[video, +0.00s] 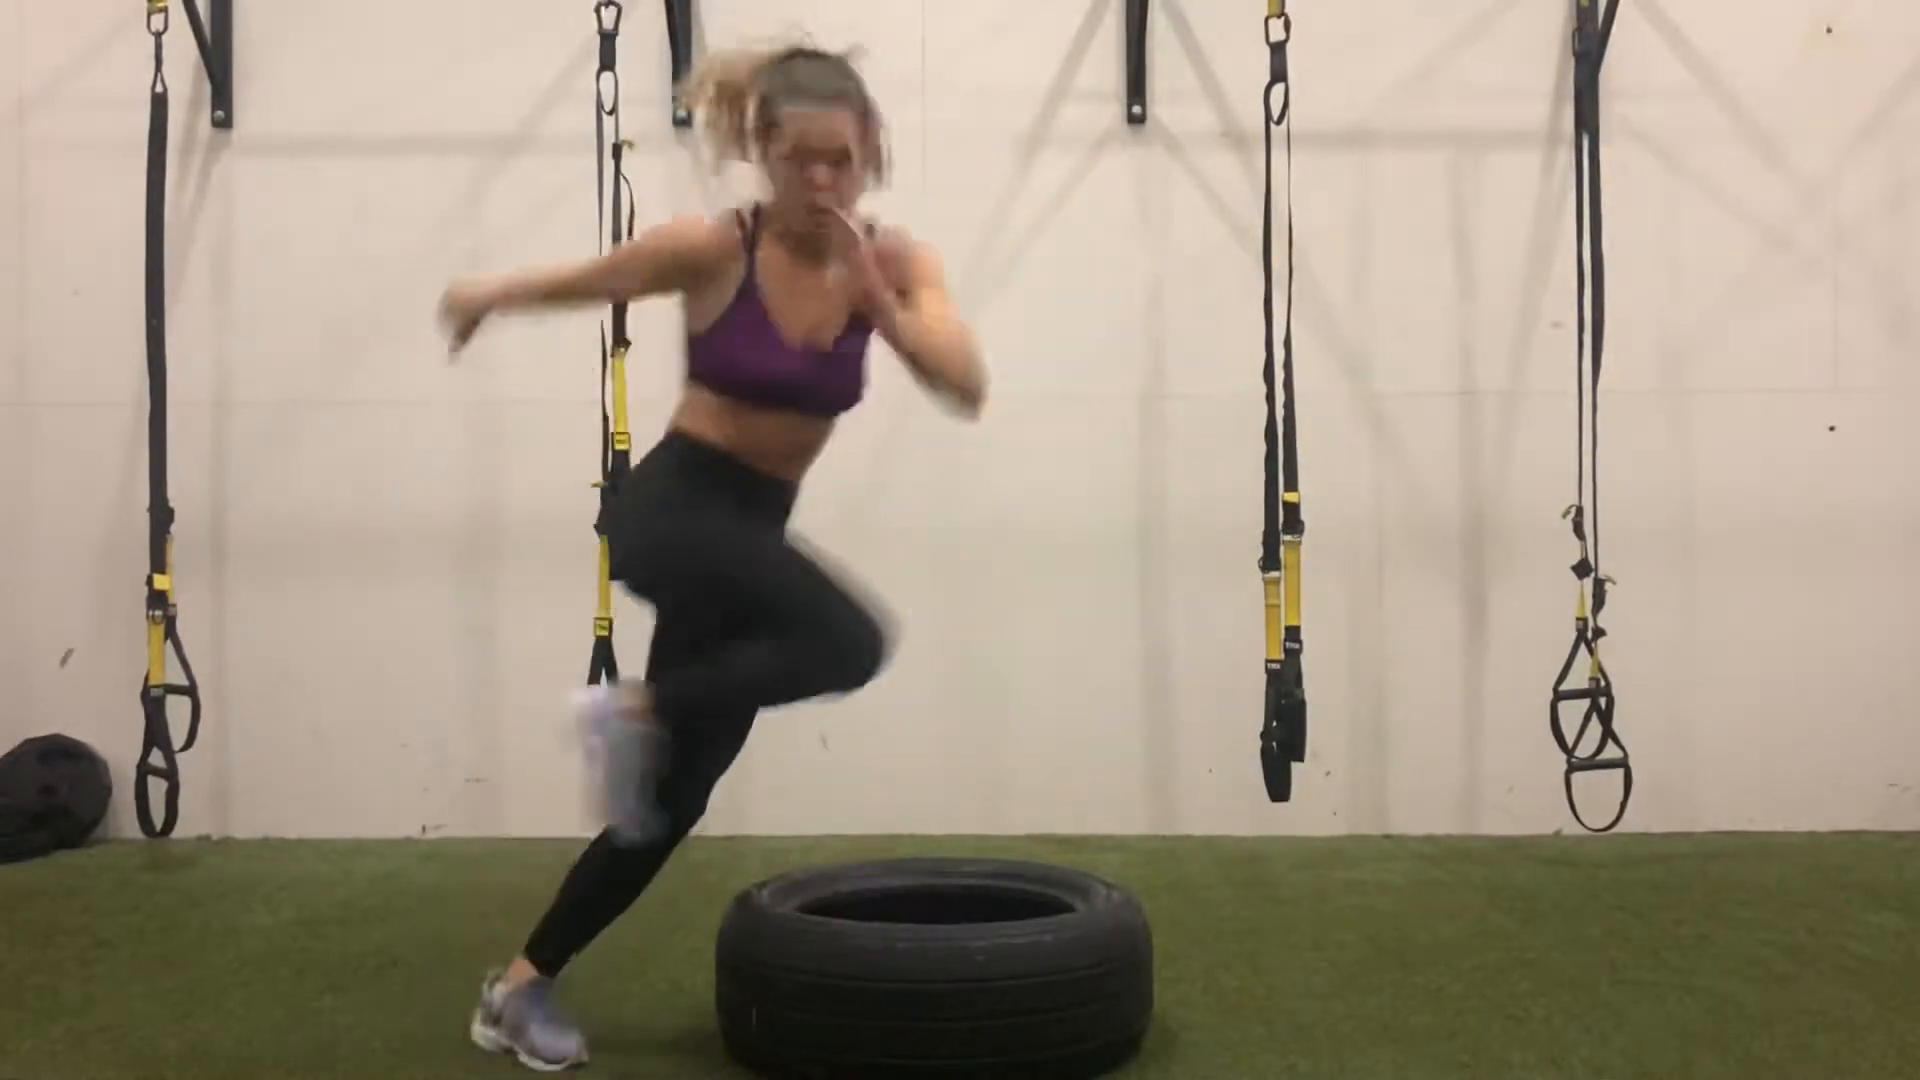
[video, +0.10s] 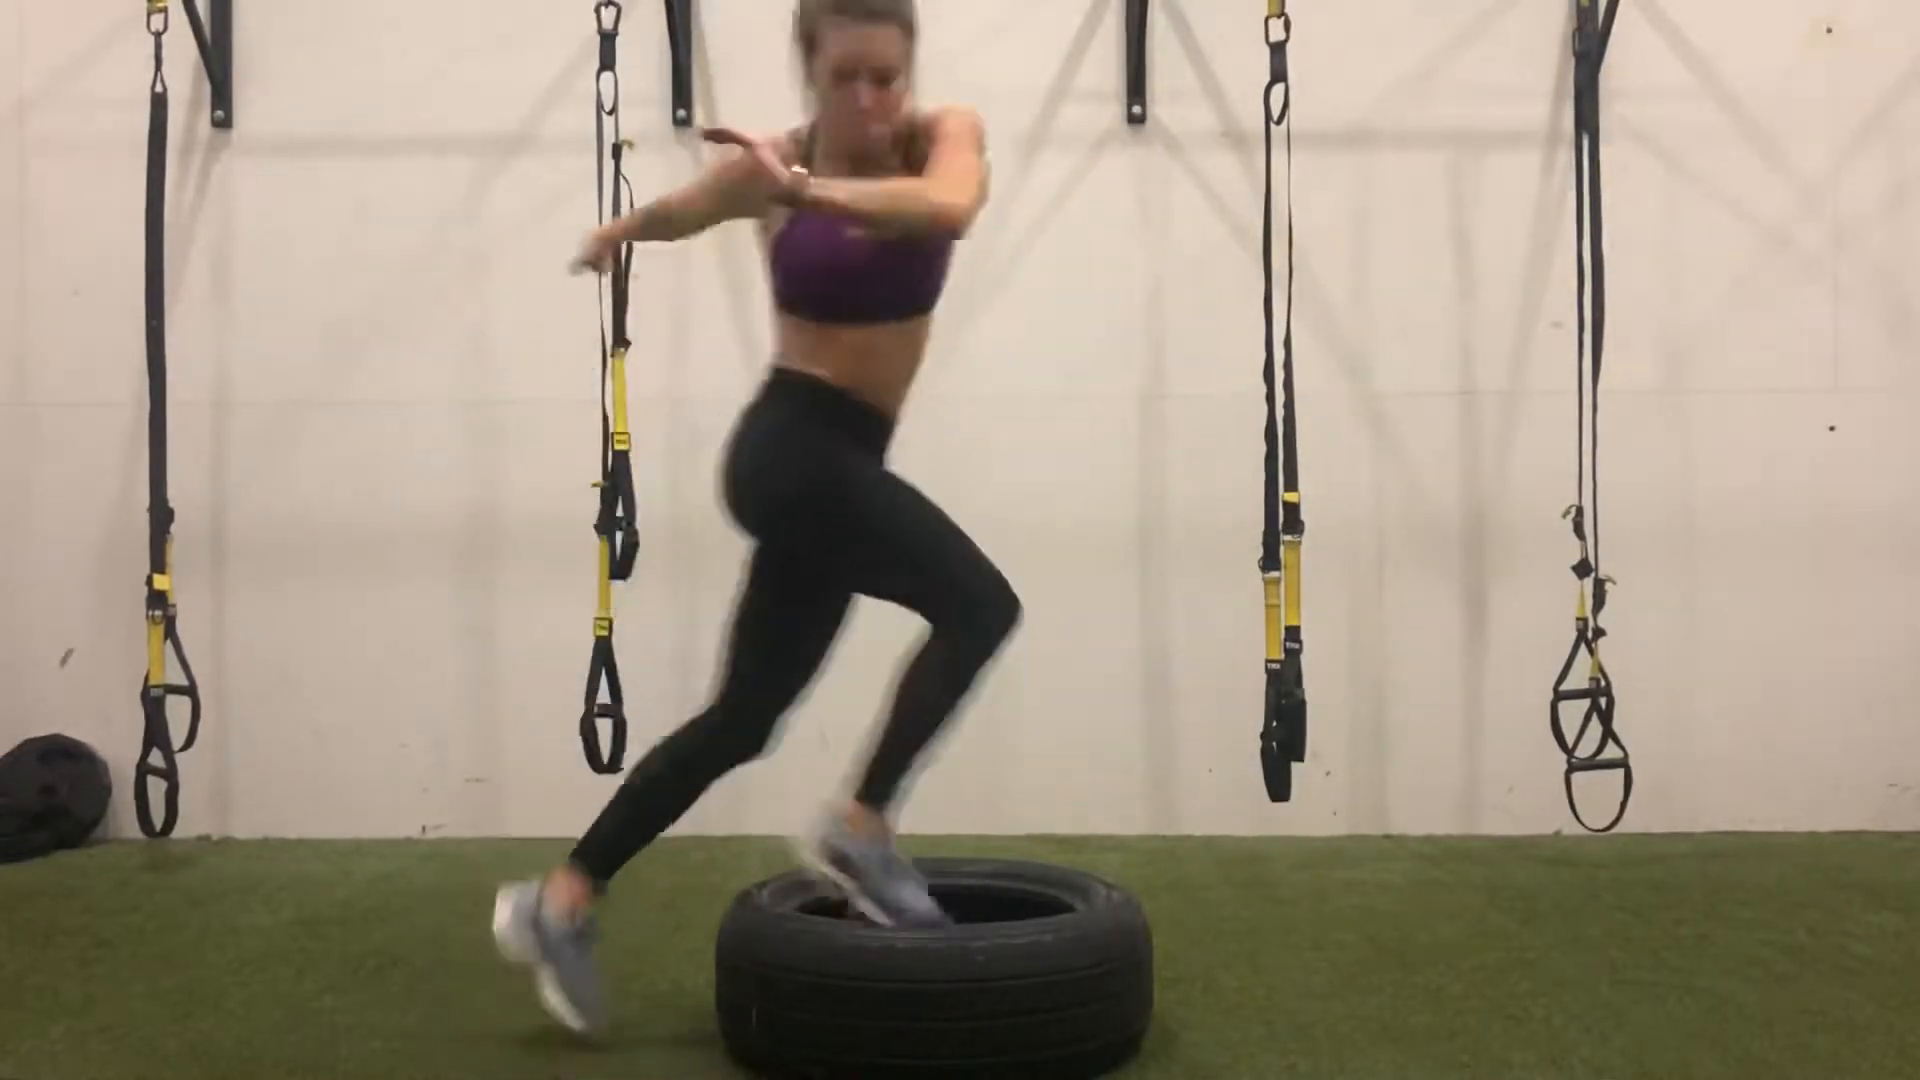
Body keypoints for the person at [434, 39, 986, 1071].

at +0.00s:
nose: (823, 179)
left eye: (841, 158)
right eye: (802, 157)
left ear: (867, 157)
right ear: (765, 155)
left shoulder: (893, 260)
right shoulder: (715, 247)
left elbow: (968, 390)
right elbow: (591, 282)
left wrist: (893, 316)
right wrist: (486, 296)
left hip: (755, 525)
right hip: (674, 502)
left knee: (675, 794)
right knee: (847, 643)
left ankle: (522, 982)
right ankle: (636, 717)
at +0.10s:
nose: (870, 97)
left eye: (885, 76)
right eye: (850, 78)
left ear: (910, 70)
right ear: (814, 72)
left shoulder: (946, 131)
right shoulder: (776, 164)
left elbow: (954, 209)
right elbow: (685, 210)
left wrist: (810, 188)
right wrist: (621, 229)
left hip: (845, 461)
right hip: (786, 451)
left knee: (743, 719)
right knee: (979, 606)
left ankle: (560, 900)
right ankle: (862, 824)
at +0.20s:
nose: (914, 83)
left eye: (932, 60)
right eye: (892, 60)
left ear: (957, 52)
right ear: (850, 53)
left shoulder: (991, 116)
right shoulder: (815, 149)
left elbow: (950, 193)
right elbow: (730, 238)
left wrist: (809, 194)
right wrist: (668, 285)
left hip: (916, 457)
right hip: (870, 458)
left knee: (895, 719)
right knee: (990, 696)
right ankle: (946, 936)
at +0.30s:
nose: (977, 100)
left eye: (994, 78)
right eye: (955, 81)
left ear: (1021, 71)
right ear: (921, 77)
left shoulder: (1061, 139)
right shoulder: (886, 182)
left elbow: (1023, 193)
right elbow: (762, 284)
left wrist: (953, 220)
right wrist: (638, 361)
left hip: (1000, 489)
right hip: (923, 487)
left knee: (1107, 701)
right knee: (974, 741)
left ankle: (910, 669)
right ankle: (934, 966)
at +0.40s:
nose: (1028, 74)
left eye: (1046, 51)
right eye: (1006, 54)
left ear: (1080, 49)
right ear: (975, 58)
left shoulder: (1126, 130)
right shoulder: (937, 165)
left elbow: (1176, 247)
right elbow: (844, 274)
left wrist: (1223, 363)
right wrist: (808, 335)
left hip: (1084, 441)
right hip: (976, 445)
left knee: (1177, 662)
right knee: (1039, 677)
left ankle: (1215, 858)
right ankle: (948, 885)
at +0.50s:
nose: (1049, 107)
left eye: (1069, 83)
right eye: (1028, 84)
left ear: (1107, 75)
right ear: (998, 82)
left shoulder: (1162, 174)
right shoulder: (965, 209)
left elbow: (1276, 301)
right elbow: (925, 372)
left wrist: (1387, 440)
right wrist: (953, 340)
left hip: (1142, 466)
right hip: (1034, 472)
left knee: (1227, 721)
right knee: (1075, 644)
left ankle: (1360, 969)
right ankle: (1014, 717)